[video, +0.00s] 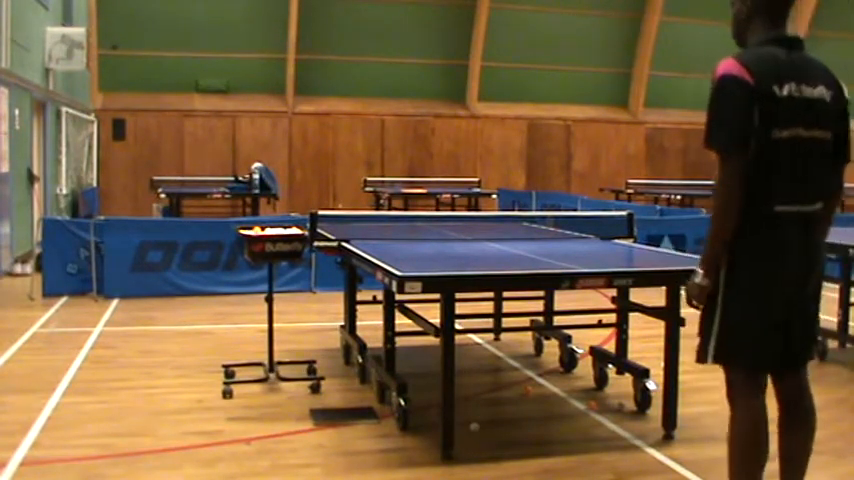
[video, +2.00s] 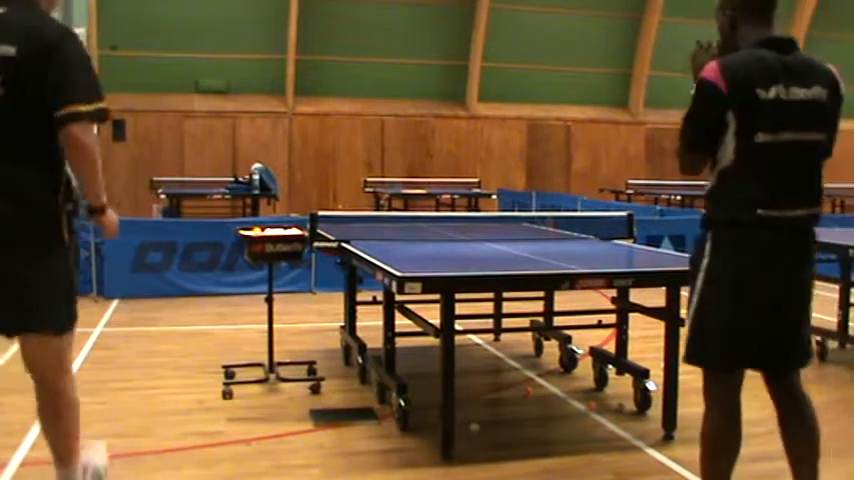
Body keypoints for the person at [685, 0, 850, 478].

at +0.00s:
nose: (731, 20)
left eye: (733, 12)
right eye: (732, 12)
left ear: (743, 12)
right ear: (785, 16)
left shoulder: (739, 72)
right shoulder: (826, 79)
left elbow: (730, 181)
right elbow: (834, 184)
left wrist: (707, 269)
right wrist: (811, 248)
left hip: (750, 253)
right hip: (804, 253)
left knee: (744, 387)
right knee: (792, 381)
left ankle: (745, 475)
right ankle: (792, 475)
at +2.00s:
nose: (716, 28)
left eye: (719, 18)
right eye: (719, 19)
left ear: (730, 18)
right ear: (773, 17)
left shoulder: (725, 75)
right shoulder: (827, 79)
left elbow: (691, 160)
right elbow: (820, 155)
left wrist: (703, 82)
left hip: (736, 244)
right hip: (796, 244)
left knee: (721, 389)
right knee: (786, 380)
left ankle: (713, 477)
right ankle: (807, 476)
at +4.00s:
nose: (592, 50)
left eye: (593, 43)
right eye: (595, 43)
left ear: (600, 45)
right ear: (640, 45)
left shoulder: (589, 94)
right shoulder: (678, 92)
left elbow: (581, 167)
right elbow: (706, 167)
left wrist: (559, 185)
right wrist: (660, 174)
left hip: (616, 239)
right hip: (674, 237)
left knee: (579, 354)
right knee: (694, 350)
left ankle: (563, 467)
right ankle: (723, 465)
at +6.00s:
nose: (628, 103)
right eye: (627, 97)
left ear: (585, 94)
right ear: (622, 96)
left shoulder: (545, 125)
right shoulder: (632, 126)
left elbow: (498, 178)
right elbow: (651, 209)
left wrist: (499, 227)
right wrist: (695, 222)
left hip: (553, 261)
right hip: (615, 264)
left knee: (515, 365)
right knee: (666, 361)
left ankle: (503, 468)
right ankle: (696, 469)